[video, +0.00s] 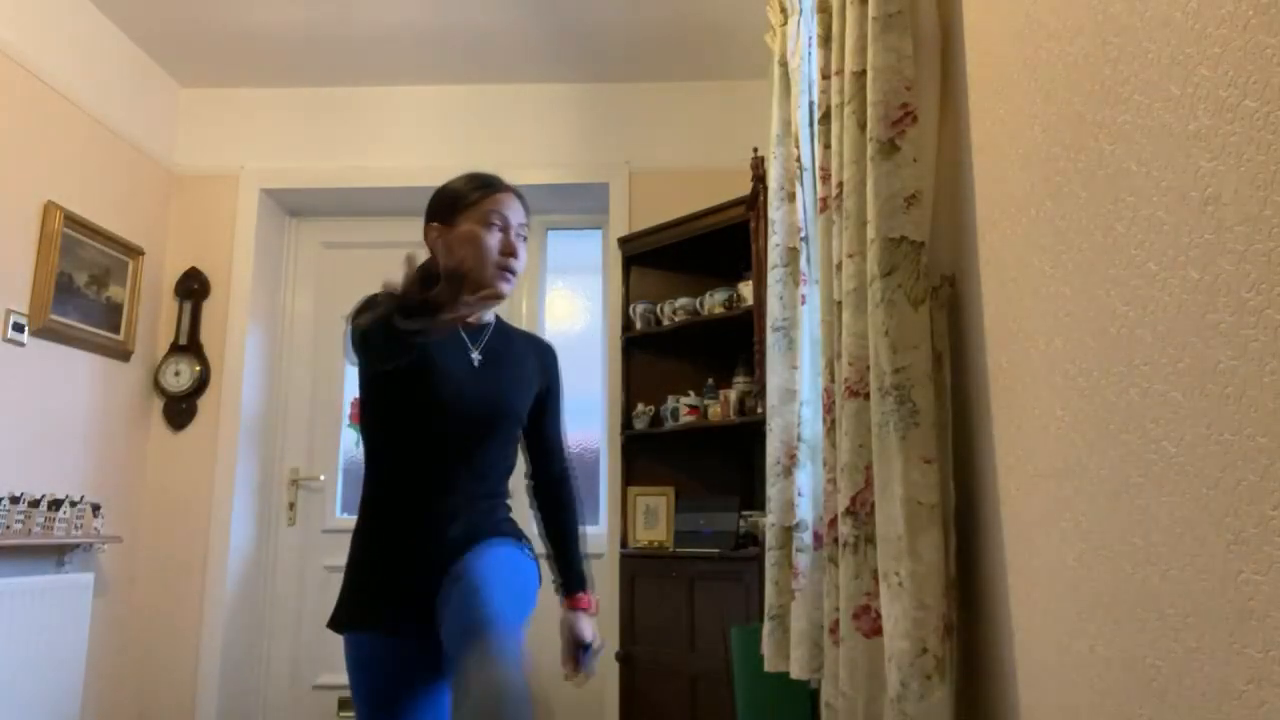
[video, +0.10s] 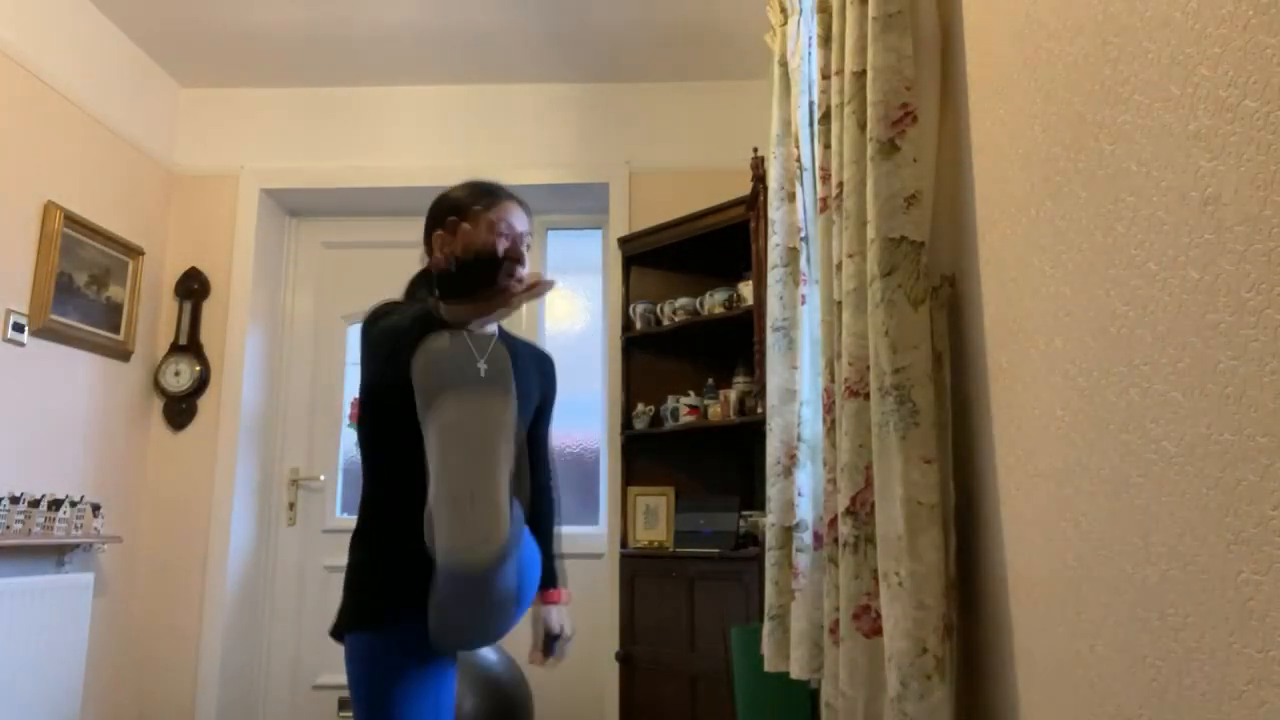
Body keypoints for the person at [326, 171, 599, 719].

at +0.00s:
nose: (515, 247)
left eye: (522, 234)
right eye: (495, 225)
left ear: (524, 251)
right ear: (437, 239)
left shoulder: (533, 357)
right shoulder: (385, 317)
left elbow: (550, 479)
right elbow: (380, 336)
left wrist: (578, 598)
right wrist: (455, 311)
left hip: (486, 546)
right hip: (391, 566)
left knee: (485, 622)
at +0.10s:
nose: (519, 256)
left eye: (525, 244)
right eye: (503, 235)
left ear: (531, 259)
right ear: (442, 243)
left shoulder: (532, 364)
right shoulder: (388, 327)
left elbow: (537, 480)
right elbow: (406, 330)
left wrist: (551, 591)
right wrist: (479, 306)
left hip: (496, 592)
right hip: (393, 595)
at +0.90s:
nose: (532, 246)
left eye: (550, 231)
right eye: (516, 230)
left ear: (579, 248)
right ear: (495, 246)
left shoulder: (616, 342)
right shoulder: (458, 345)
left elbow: (675, 389)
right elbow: (395, 471)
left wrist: (702, 410)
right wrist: (328, 590)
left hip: (589, 595)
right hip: (482, 591)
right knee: (471, 712)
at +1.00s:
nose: (537, 247)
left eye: (557, 231)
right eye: (522, 231)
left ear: (590, 248)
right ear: (505, 245)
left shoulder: (621, 336)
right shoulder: (473, 344)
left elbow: (685, 373)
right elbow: (425, 471)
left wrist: (664, 352)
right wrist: (369, 596)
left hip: (591, 555)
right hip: (495, 547)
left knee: (601, 709)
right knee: (496, 646)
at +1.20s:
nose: (534, 253)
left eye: (550, 241)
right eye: (523, 240)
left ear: (578, 257)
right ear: (509, 258)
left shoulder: (627, 348)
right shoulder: (480, 361)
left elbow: (629, 326)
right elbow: (462, 483)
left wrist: (595, 275)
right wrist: (444, 607)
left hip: (596, 589)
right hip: (493, 587)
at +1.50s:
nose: (542, 240)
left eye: (562, 223)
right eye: (528, 226)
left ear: (600, 245)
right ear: (514, 245)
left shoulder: (626, 331)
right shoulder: (482, 342)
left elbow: (655, 338)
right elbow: (457, 475)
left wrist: (683, 334)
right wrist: (433, 600)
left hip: (603, 559)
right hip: (502, 549)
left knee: (608, 708)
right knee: (514, 680)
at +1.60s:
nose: (542, 239)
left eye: (562, 223)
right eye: (528, 225)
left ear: (597, 243)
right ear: (511, 243)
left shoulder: (635, 337)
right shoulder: (476, 336)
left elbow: (693, 389)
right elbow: (434, 467)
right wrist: (391, 591)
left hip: (602, 589)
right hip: (495, 583)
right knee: (502, 710)